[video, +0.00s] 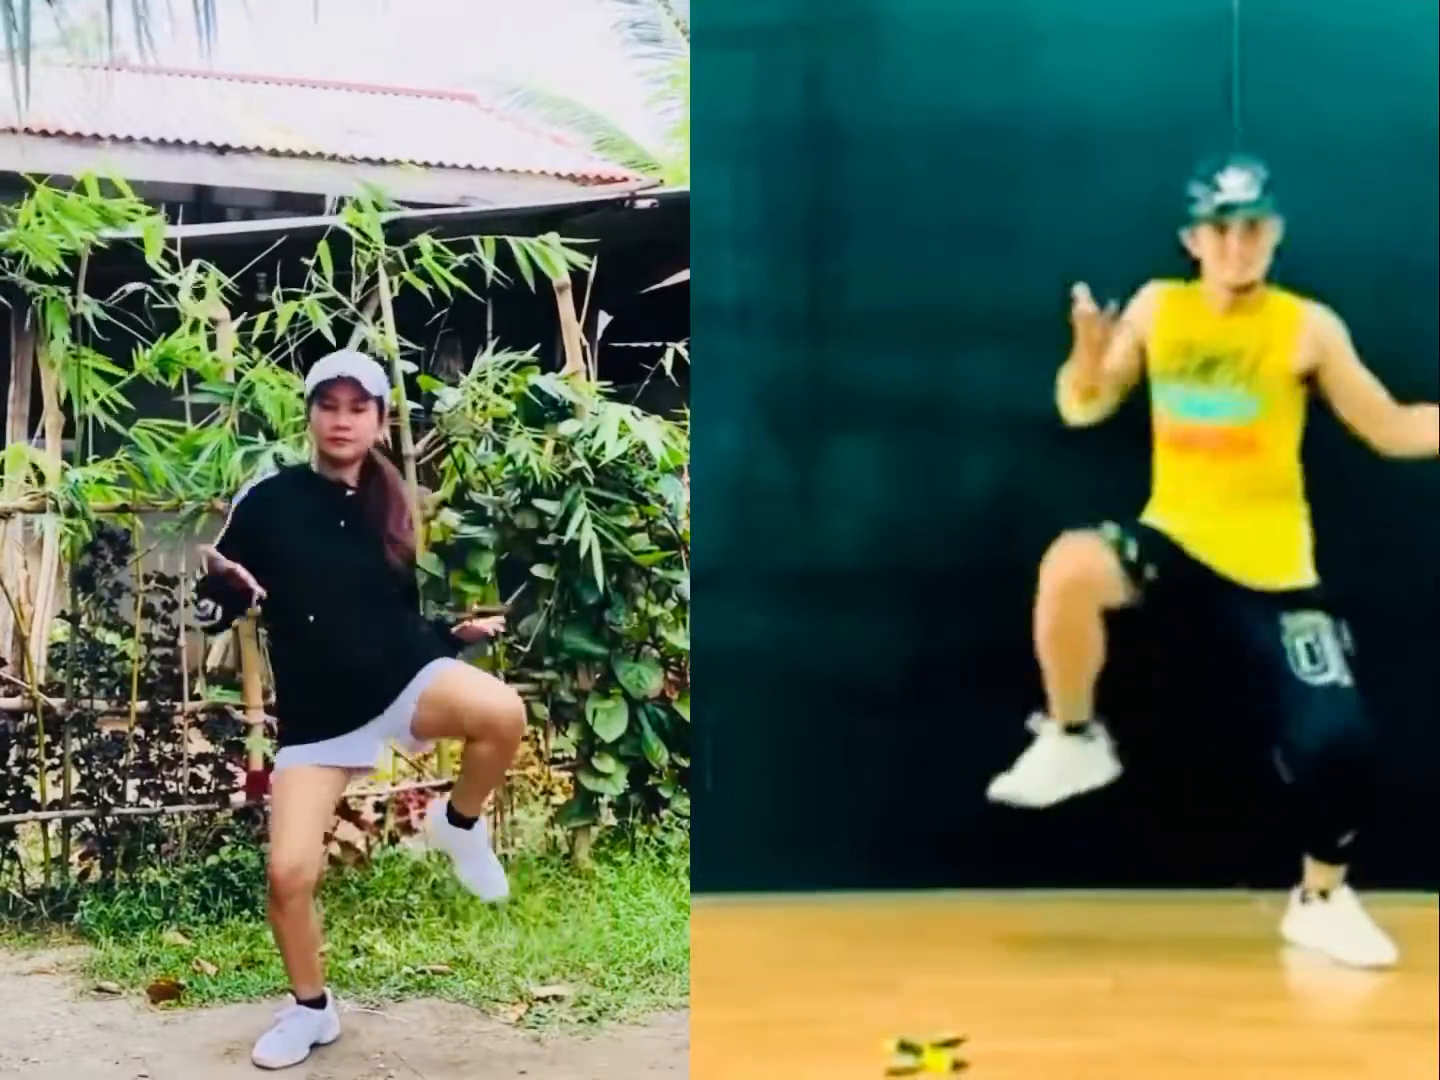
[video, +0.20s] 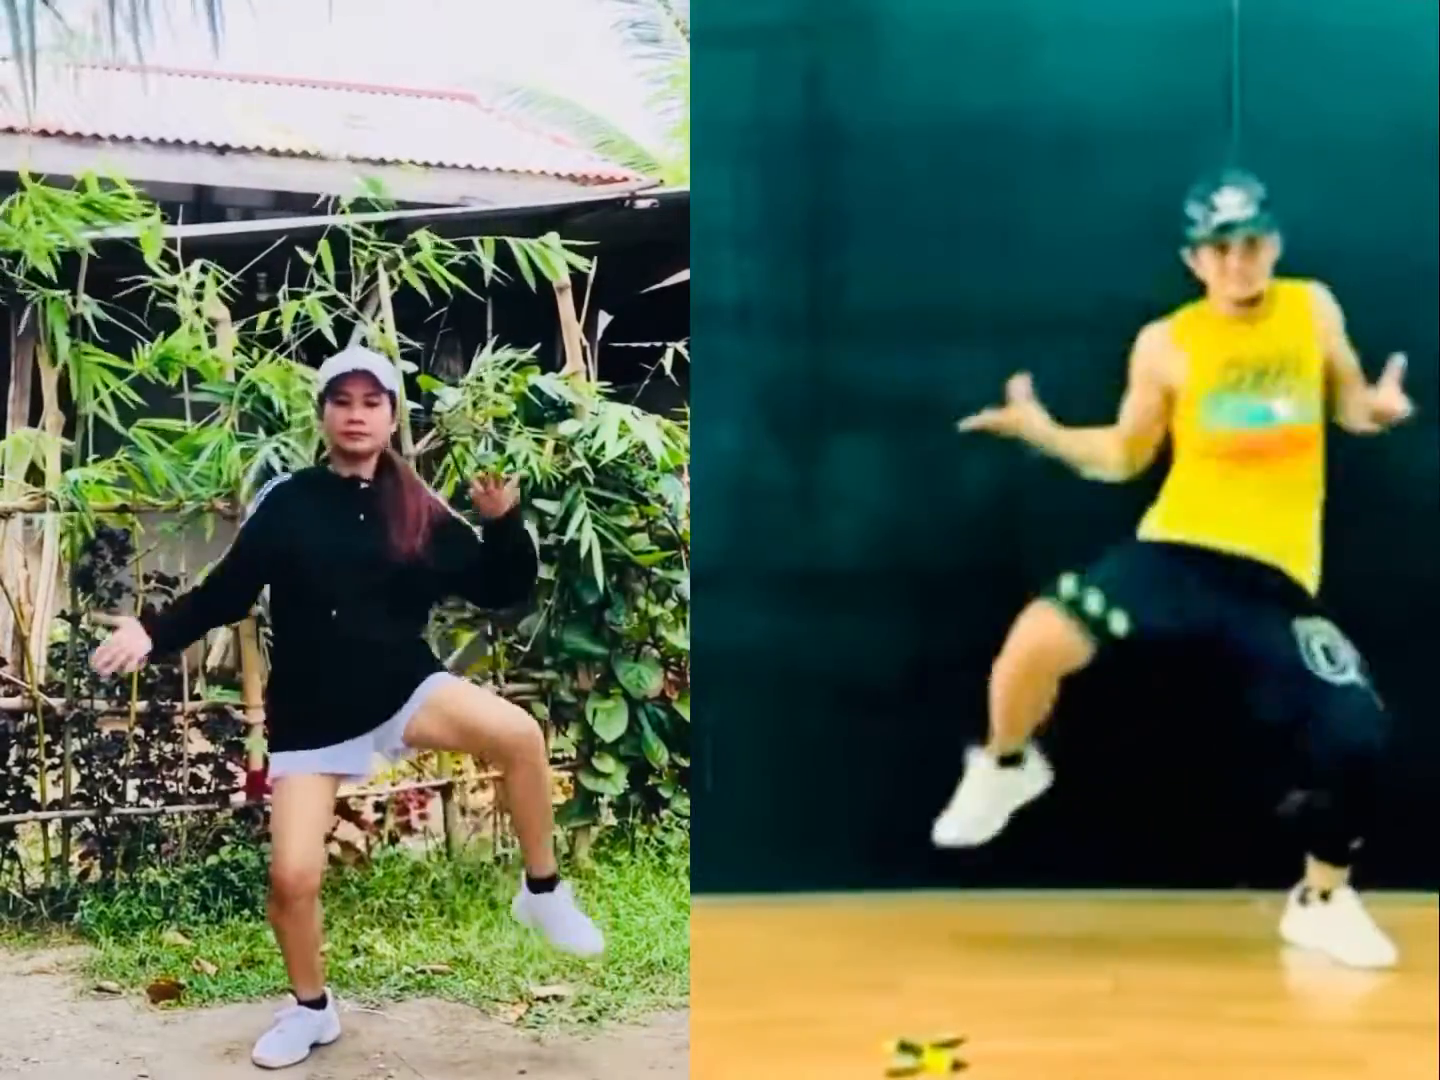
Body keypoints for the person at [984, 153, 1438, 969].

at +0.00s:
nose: (1239, 248)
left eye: (1254, 230)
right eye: (1222, 231)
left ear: (1276, 236)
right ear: (1194, 237)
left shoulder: (1308, 329)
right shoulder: (1156, 309)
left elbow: (1393, 428)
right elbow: (1083, 407)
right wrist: (1085, 361)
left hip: (1274, 562)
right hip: (1174, 541)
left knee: (1335, 740)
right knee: (1068, 569)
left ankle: (1321, 898)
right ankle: (1073, 739)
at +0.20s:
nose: (1241, 265)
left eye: (1253, 247)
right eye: (1223, 250)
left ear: (1275, 248)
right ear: (1196, 258)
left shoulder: (1312, 309)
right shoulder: (1165, 344)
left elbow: (1348, 401)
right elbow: (1123, 455)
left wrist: (1375, 406)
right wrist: (1039, 429)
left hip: (1276, 582)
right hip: (1173, 557)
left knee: (1354, 725)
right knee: (1034, 644)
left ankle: (1321, 898)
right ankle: (1005, 765)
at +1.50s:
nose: (1208, 296)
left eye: (1224, 277)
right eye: (1192, 277)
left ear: (1248, 277)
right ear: (1167, 280)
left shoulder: (1279, 342)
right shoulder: (1130, 358)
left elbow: (1334, 448)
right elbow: (1044, 461)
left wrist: (1362, 427)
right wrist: (960, 467)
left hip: (1247, 606)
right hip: (1145, 606)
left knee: (1353, 736)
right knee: (1091, 776)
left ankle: (1331, 900)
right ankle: (967, 870)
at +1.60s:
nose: (1239, 246)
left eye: (1252, 229)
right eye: (1222, 231)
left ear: (1273, 235)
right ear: (1192, 240)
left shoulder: (1306, 306)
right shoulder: (1163, 321)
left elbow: (1332, 413)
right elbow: (1144, 425)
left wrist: (1363, 377)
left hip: (1278, 579)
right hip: (1171, 571)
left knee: (1363, 729)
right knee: (1076, 727)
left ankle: (1332, 897)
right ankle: (956, 821)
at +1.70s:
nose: (1257, 235)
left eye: (1270, 218)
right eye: (1240, 219)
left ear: (1291, 223)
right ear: (1211, 228)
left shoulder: (1323, 308)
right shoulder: (1183, 303)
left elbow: (1378, 409)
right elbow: (1139, 414)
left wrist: (1434, 382)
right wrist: (1114, 353)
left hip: (1290, 553)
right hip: (1183, 535)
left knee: (1351, 735)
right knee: (1079, 616)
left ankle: (1331, 896)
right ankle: (1033, 751)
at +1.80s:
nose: (1265, 261)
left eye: (1280, 243)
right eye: (1249, 243)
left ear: (1301, 247)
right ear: (1220, 248)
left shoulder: (1331, 345)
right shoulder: (1176, 319)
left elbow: (1411, 414)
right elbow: (1072, 392)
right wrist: (1042, 369)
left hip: (1299, 567)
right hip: (1199, 542)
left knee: (1343, 726)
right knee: (1081, 524)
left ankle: (1331, 897)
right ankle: (1098, 707)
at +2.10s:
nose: (1283, 265)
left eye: (1287, 249)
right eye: (1265, 251)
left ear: (1296, 249)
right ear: (1221, 257)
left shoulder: (1316, 324)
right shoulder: (1174, 325)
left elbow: (1329, 433)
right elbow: (1143, 434)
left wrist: (1405, 403)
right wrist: (1119, 397)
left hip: (1288, 585)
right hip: (1177, 579)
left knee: (1380, 727)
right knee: (1067, 717)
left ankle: (1338, 892)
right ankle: (977, 832)